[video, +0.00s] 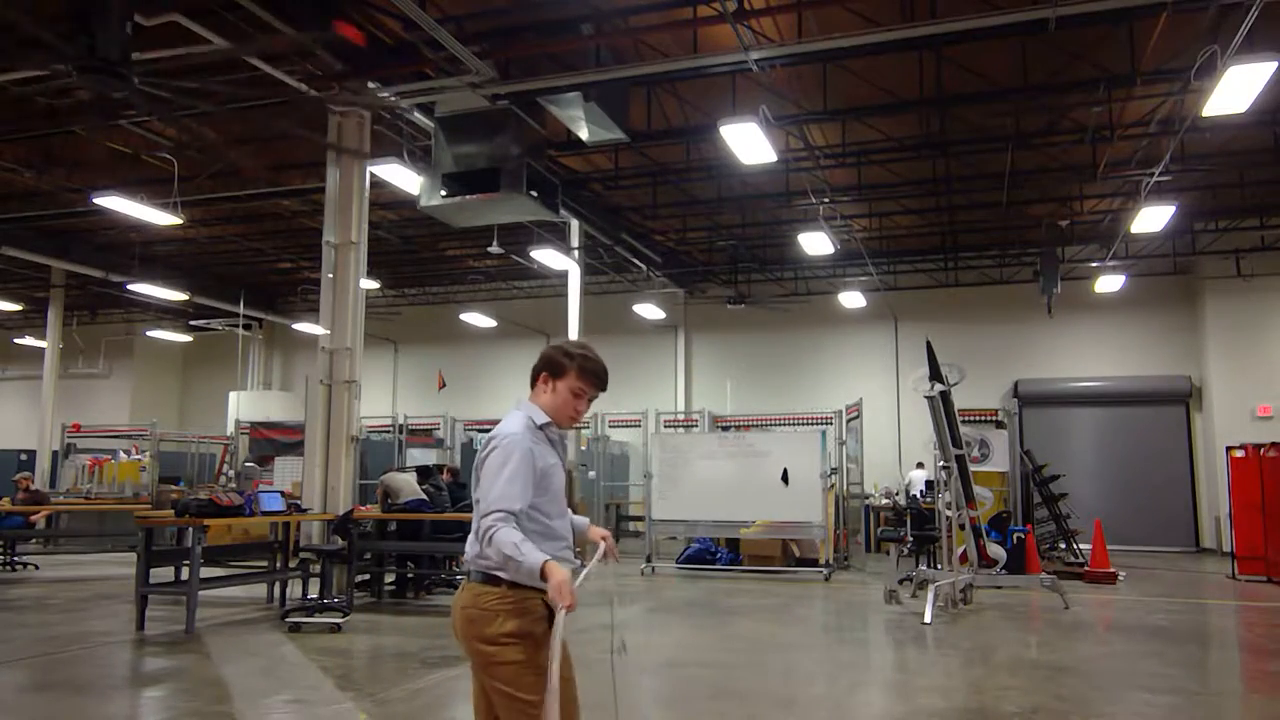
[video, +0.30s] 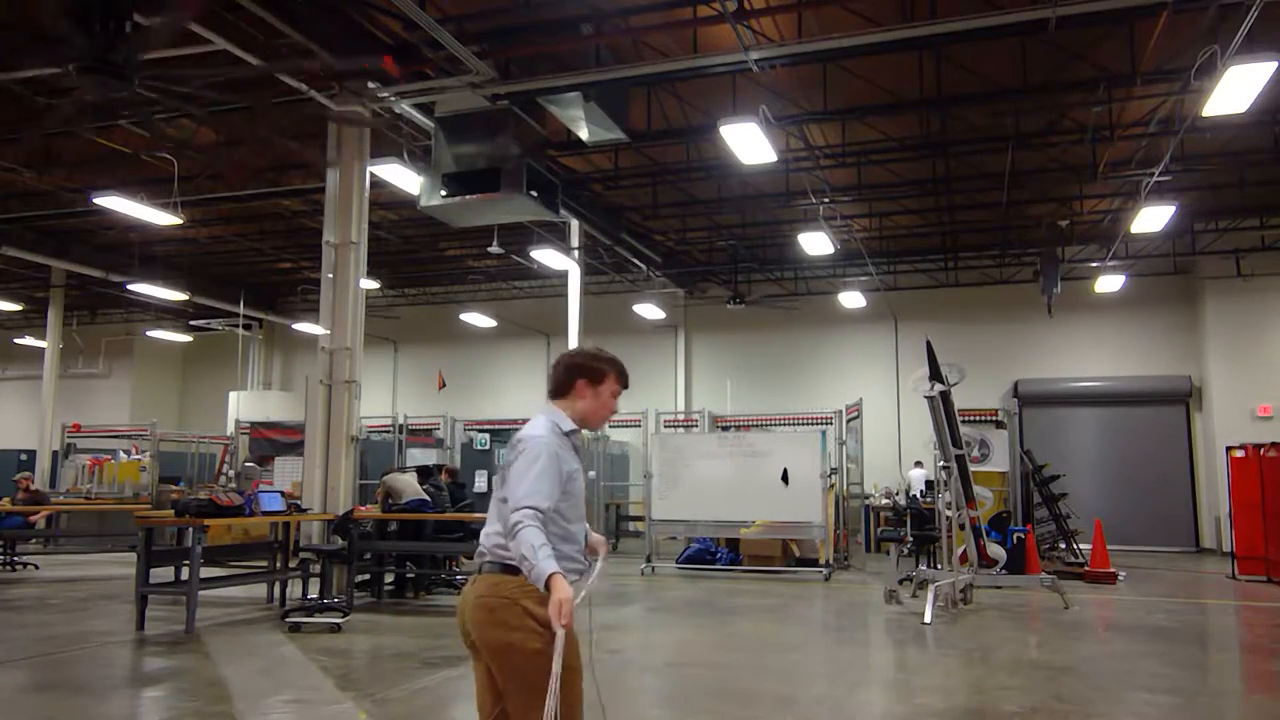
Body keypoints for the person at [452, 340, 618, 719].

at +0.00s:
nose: (583, 409)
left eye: (589, 401)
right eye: (577, 395)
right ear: (545, 383)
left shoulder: (538, 438)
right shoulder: (517, 439)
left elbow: (542, 515)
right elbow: (493, 529)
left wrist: (587, 529)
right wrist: (547, 567)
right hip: (505, 605)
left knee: (495, 713)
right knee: (546, 713)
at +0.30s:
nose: (615, 408)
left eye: (618, 398)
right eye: (613, 396)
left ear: (583, 390)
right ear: (583, 388)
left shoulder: (543, 436)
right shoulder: (545, 441)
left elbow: (546, 509)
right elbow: (523, 520)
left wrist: (585, 536)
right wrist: (555, 580)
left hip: (488, 588)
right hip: (515, 594)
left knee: (499, 713)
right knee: (552, 713)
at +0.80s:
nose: (608, 452)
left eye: (606, 445)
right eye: (608, 446)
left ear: (563, 449)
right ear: (602, 451)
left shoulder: (547, 486)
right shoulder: (590, 477)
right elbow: (588, 509)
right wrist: (589, 543)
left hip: (505, 614)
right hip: (553, 612)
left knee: (531, 710)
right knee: (577, 712)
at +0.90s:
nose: (589, 458)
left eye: (588, 454)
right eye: (588, 454)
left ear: (546, 460)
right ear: (583, 457)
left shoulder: (535, 495)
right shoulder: (579, 476)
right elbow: (585, 492)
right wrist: (593, 508)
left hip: (512, 606)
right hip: (563, 602)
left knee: (532, 708)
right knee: (578, 711)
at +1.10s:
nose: (583, 469)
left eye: (583, 463)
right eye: (580, 463)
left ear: (544, 468)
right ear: (573, 463)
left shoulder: (538, 502)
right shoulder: (565, 478)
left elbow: (575, 545)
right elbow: (590, 464)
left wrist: (620, 542)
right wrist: (619, 433)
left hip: (528, 589)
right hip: (575, 582)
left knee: (542, 707)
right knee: (612, 684)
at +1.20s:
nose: (597, 463)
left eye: (597, 459)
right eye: (593, 458)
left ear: (560, 463)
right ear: (585, 459)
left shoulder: (552, 492)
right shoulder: (579, 470)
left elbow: (577, 544)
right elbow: (614, 448)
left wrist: (622, 541)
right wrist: (645, 406)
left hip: (541, 574)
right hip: (586, 567)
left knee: (547, 686)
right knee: (616, 665)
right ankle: (608, 714)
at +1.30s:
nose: (610, 463)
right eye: (607, 460)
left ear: (572, 467)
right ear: (601, 461)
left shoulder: (563, 489)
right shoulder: (603, 469)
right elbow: (640, 443)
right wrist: (666, 396)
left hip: (554, 567)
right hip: (598, 565)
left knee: (557, 667)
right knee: (605, 657)